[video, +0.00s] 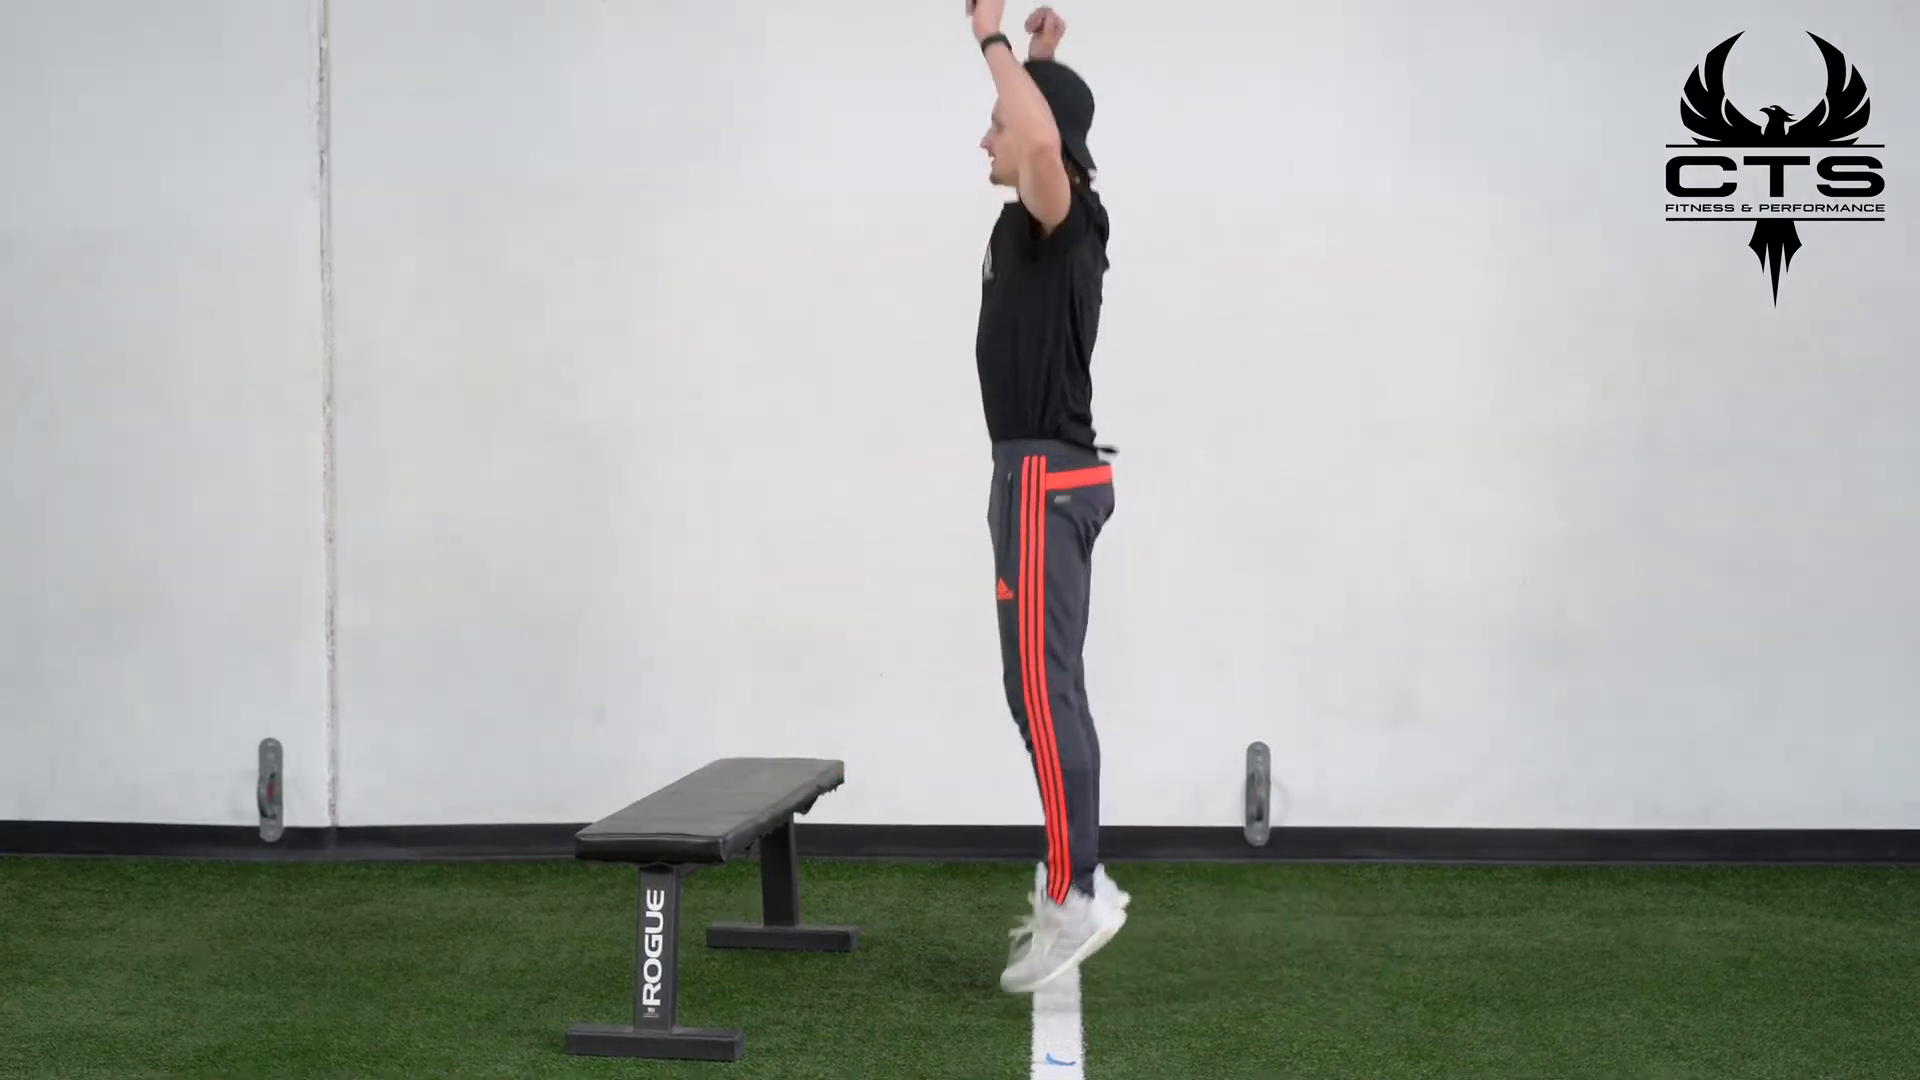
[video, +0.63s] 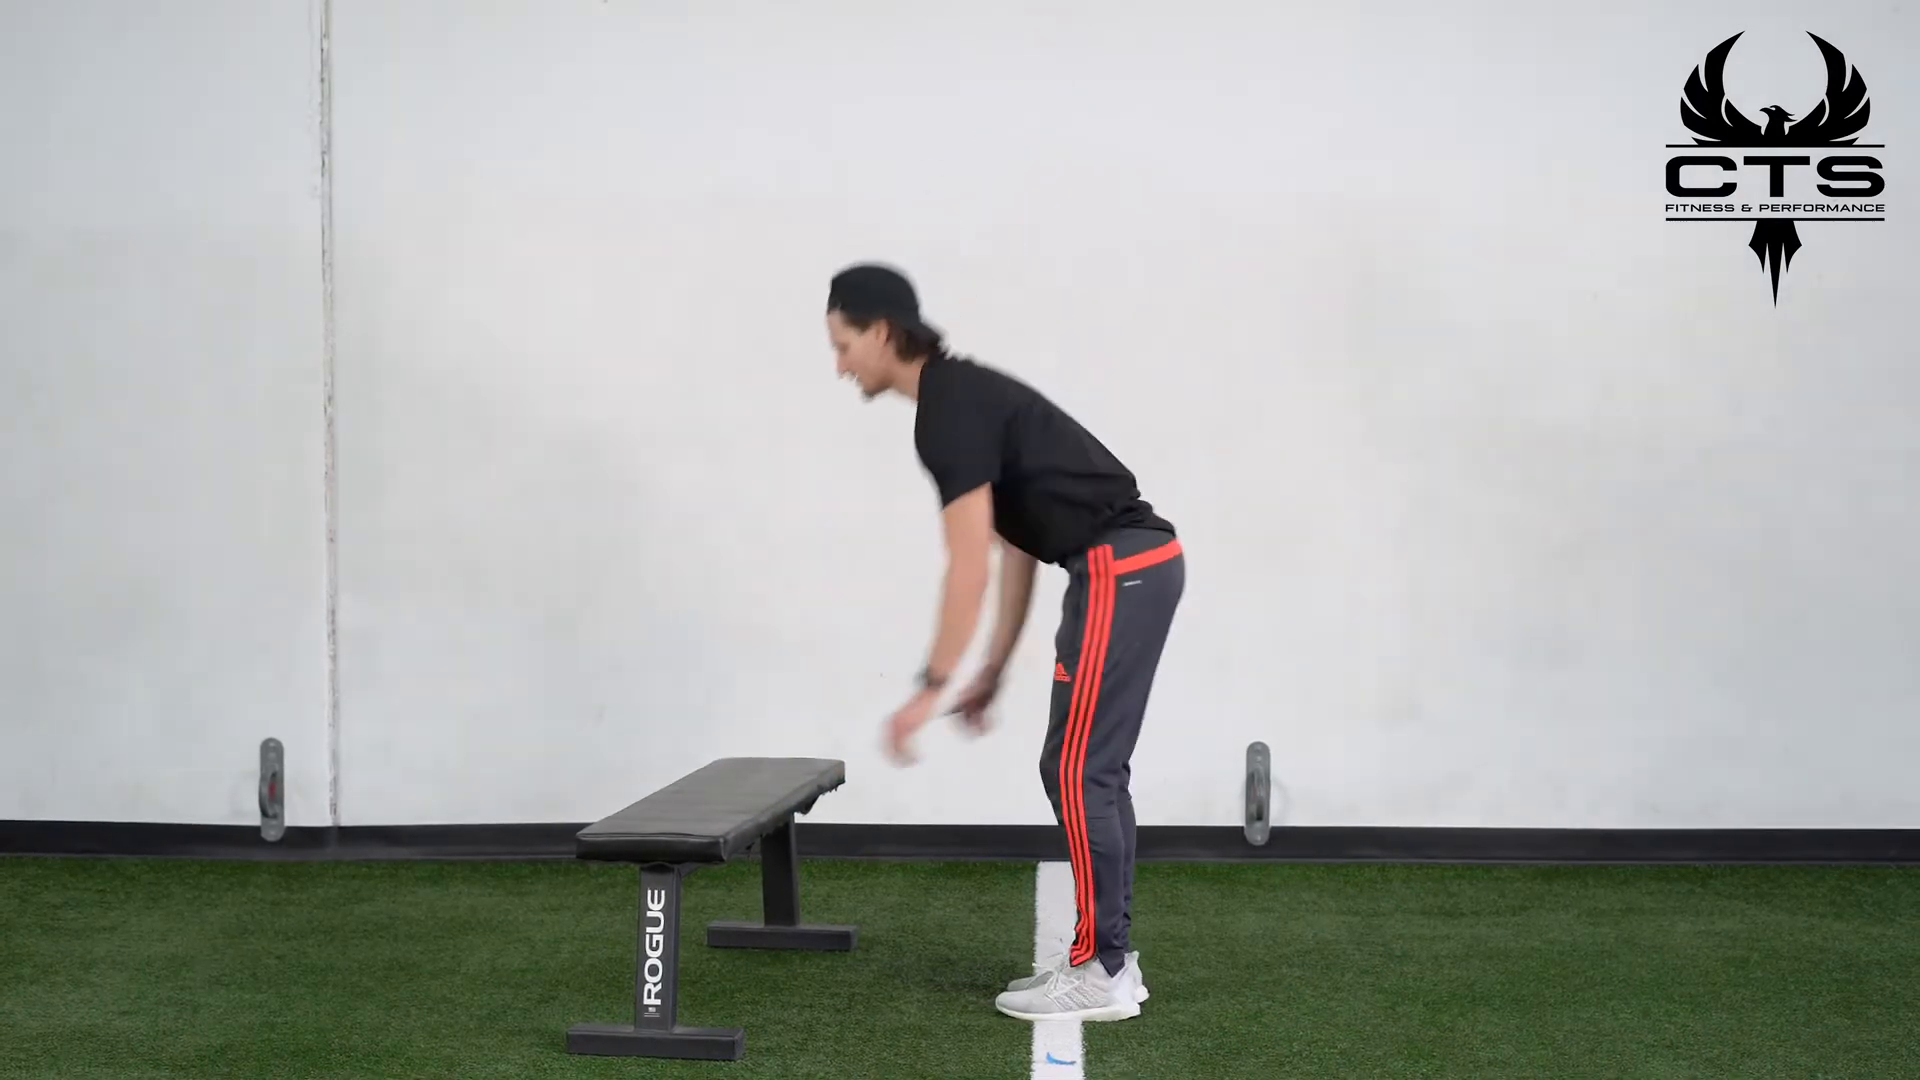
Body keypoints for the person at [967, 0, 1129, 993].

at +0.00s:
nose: (989, 139)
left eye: (1001, 124)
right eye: (992, 123)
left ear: (1045, 135)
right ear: (1048, 138)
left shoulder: (1057, 212)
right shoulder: (1056, 214)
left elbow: (1037, 137)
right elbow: (1047, 135)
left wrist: (992, 39)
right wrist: (1044, 58)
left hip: (1044, 477)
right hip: (1047, 476)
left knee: (1042, 691)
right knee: (1048, 689)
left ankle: (1075, 892)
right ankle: (1076, 884)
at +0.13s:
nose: (983, 210)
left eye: (999, 195)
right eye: (989, 192)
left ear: (1042, 207)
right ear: (1044, 209)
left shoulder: (1058, 289)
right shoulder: (1049, 290)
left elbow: (1048, 221)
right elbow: (1051, 213)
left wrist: (1000, 138)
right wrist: (1039, 138)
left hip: (1044, 551)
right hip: (1044, 548)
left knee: (1024, 754)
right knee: (1036, 752)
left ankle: (1093, 959)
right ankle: (1097, 946)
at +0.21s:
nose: (970, 246)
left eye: (981, 231)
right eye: (971, 230)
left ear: (1022, 231)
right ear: (1032, 232)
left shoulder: (1050, 312)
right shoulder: (1039, 315)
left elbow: (1071, 322)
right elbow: (1045, 280)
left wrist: (1025, 234)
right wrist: (1000, 217)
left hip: (1043, 574)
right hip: (1048, 571)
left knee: (1025, 777)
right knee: (1043, 775)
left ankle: (1098, 966)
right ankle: (1099, 955)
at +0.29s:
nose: (946, 243)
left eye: (954, 225)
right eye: (946, 226)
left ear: (994, 222)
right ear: (1004, 223)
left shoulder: (1019, 303)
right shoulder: (1047, 302)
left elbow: (1080, 394)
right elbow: (1099, 382)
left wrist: (1051, 335)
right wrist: (1086, 306)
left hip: (1038, 559)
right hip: (1060, 555)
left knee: (1038, 761)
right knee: (1058, 757)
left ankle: (1098, 958)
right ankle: (1097, 948)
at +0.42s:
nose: (904, 264)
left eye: (908, 245)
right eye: (901, 247)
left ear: (952, 235)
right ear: (960, 237)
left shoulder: (1002, 315)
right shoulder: (1023, 308)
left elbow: (1066, 434)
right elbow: (1088, 420)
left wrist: (1071, 536)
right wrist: (1117, 478)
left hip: (1050, 555)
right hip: (1067, 550)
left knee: (1050, 760)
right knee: (1065, 758)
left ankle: (1101, 964)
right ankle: (1102, 952)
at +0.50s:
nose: (874, 294)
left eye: (877, 275)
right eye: (871, 278)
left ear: (919, 262)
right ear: (917, 264)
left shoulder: (983, 346)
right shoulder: (978, 339)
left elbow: (1038, 479)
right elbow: (1042, 477)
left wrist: (1043, 603)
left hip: (1088, 568)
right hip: (1086, 565)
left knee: (1058, 765)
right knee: (1073, 762)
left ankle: (1102, 966)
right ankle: (1101, 954)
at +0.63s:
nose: (838, 361)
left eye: (841, 341)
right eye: (834, 344)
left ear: (887, 330)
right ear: (894, 333)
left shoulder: (949, 405)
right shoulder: (967, 391)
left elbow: (969, 558)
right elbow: (1017, 547)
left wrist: (932, 685)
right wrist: (991, 670)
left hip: (1123, 566)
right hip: (1118, 564)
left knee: (1077, 767)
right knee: (1081, 766)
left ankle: (1105, 969)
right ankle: (1102, 958)